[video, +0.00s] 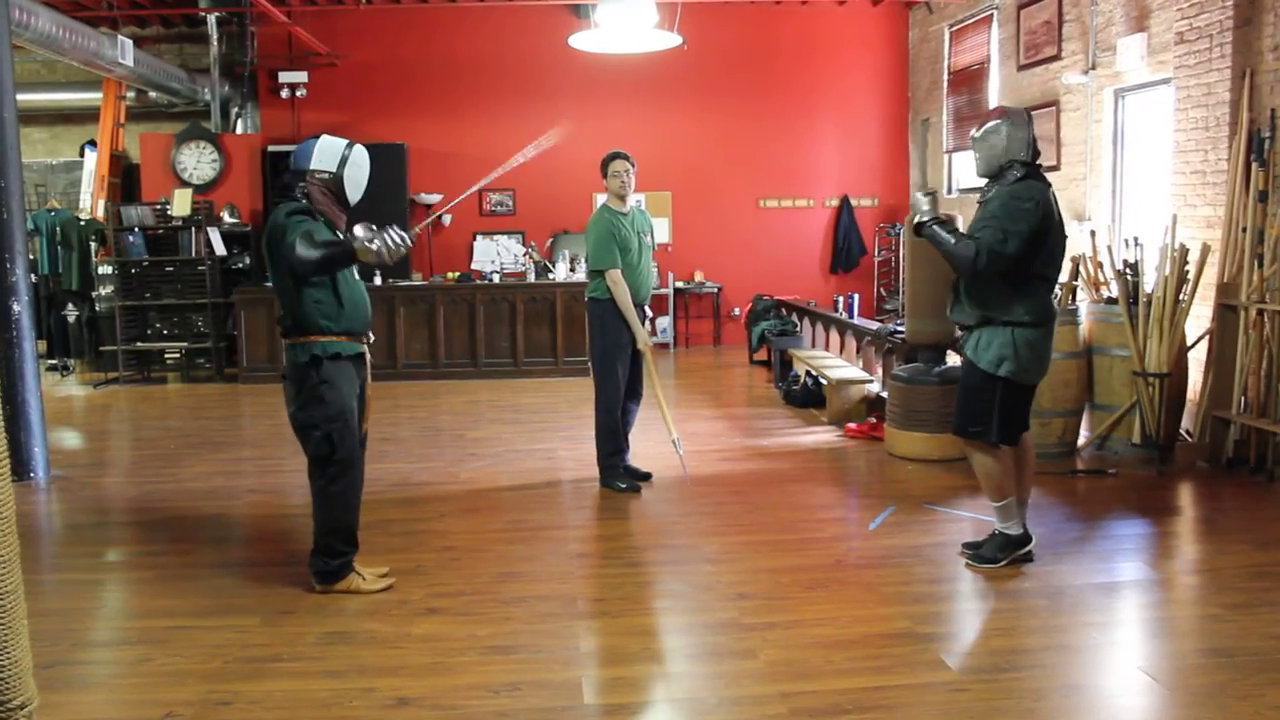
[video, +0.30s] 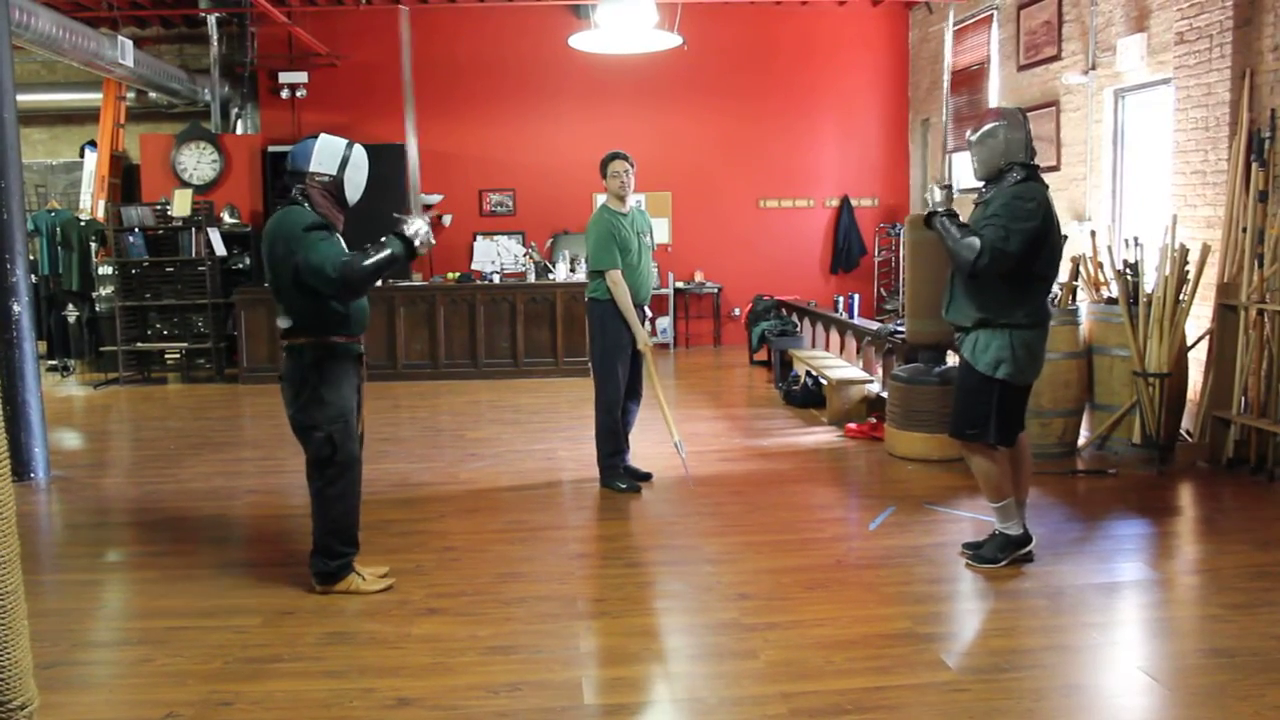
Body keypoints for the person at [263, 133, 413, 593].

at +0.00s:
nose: (352, 190)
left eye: (352, 181)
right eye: (348, 180)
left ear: (320, 176)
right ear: (325, 176)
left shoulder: (325, 222)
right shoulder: (295, 219)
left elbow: (342, 268)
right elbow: (306, 260)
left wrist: (378, 254)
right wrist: (356, 245)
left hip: (343, 357)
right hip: (321, 360)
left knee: (345, 462)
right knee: (337, 463)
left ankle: (339, 562)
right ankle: (333, 570)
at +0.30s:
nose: (350, 191)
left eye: (350, 182)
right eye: (345, 181)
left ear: (314, 178)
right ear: (324, 177)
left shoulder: (307, 223)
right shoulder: (297, 225)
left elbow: (347, 271)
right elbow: (344, 277)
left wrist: (404, 244)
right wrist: (401, 241)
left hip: (334, 358)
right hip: (319, 360)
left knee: (339, 462)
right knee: (336, 464)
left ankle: (336, 563)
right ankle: (334, 570)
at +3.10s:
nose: (351, 202)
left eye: (351, 193)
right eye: (348, 191)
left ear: (319, 184)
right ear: (330, 184)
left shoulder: (314, 228)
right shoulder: (288, 222)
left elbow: (319, 294)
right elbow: (273, 293)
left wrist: (340, 348)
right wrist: (312, 344)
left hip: (328, 360)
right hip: (308, 363)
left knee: (343, 458)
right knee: (334, 462)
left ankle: (323, 548)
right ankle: (331, 570)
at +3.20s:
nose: (350, 199)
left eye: (351, 191)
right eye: (346, 189)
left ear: (324, 184)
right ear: (325, 182)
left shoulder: (321, 228)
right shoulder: (287, 221)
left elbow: (329, 290)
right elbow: (264, 290)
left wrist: (341, 345)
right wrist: (295, 338)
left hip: (330, 362)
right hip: (305, 364)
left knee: (340, 457)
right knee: (329, 461)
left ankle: (324, 549)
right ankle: (330, 569)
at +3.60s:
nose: (342, 206)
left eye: (343, 197)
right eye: (339, 194)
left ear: (318, 187)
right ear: (318, 185)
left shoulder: (317, 233)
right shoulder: (272, 225)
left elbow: (318, 295)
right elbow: (251, 299)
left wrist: (327, 340)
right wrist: (287, 348)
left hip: (318, 364)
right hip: (281, 366)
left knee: (331, 456)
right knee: (272, 460)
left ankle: (319, 553)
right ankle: (225, 568)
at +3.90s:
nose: (310, 205)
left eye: (310, 195)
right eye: (305, 194)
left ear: (282, 190)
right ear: (281, 189)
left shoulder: (285, 239)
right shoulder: (239, 234)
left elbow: (292, 303)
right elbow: (234, 312)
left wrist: (304, 353)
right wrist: (271, 364)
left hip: (292, 371)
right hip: (252, 374)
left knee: (322, 454)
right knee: (233, 474)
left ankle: (319, 554)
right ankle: (192, 575)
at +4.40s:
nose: (288, 201)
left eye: (289, 192)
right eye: (284, 190)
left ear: (259, 187)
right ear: (259, 186)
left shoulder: (261, 237)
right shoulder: (212, 233)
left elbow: (265, 300)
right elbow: (198, 313)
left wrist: (278, 349)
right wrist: (227, 371)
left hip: (270, 371)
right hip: (229, 374)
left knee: (299, 458)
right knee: (217, 474)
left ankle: (324, 553)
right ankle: (190, 577)